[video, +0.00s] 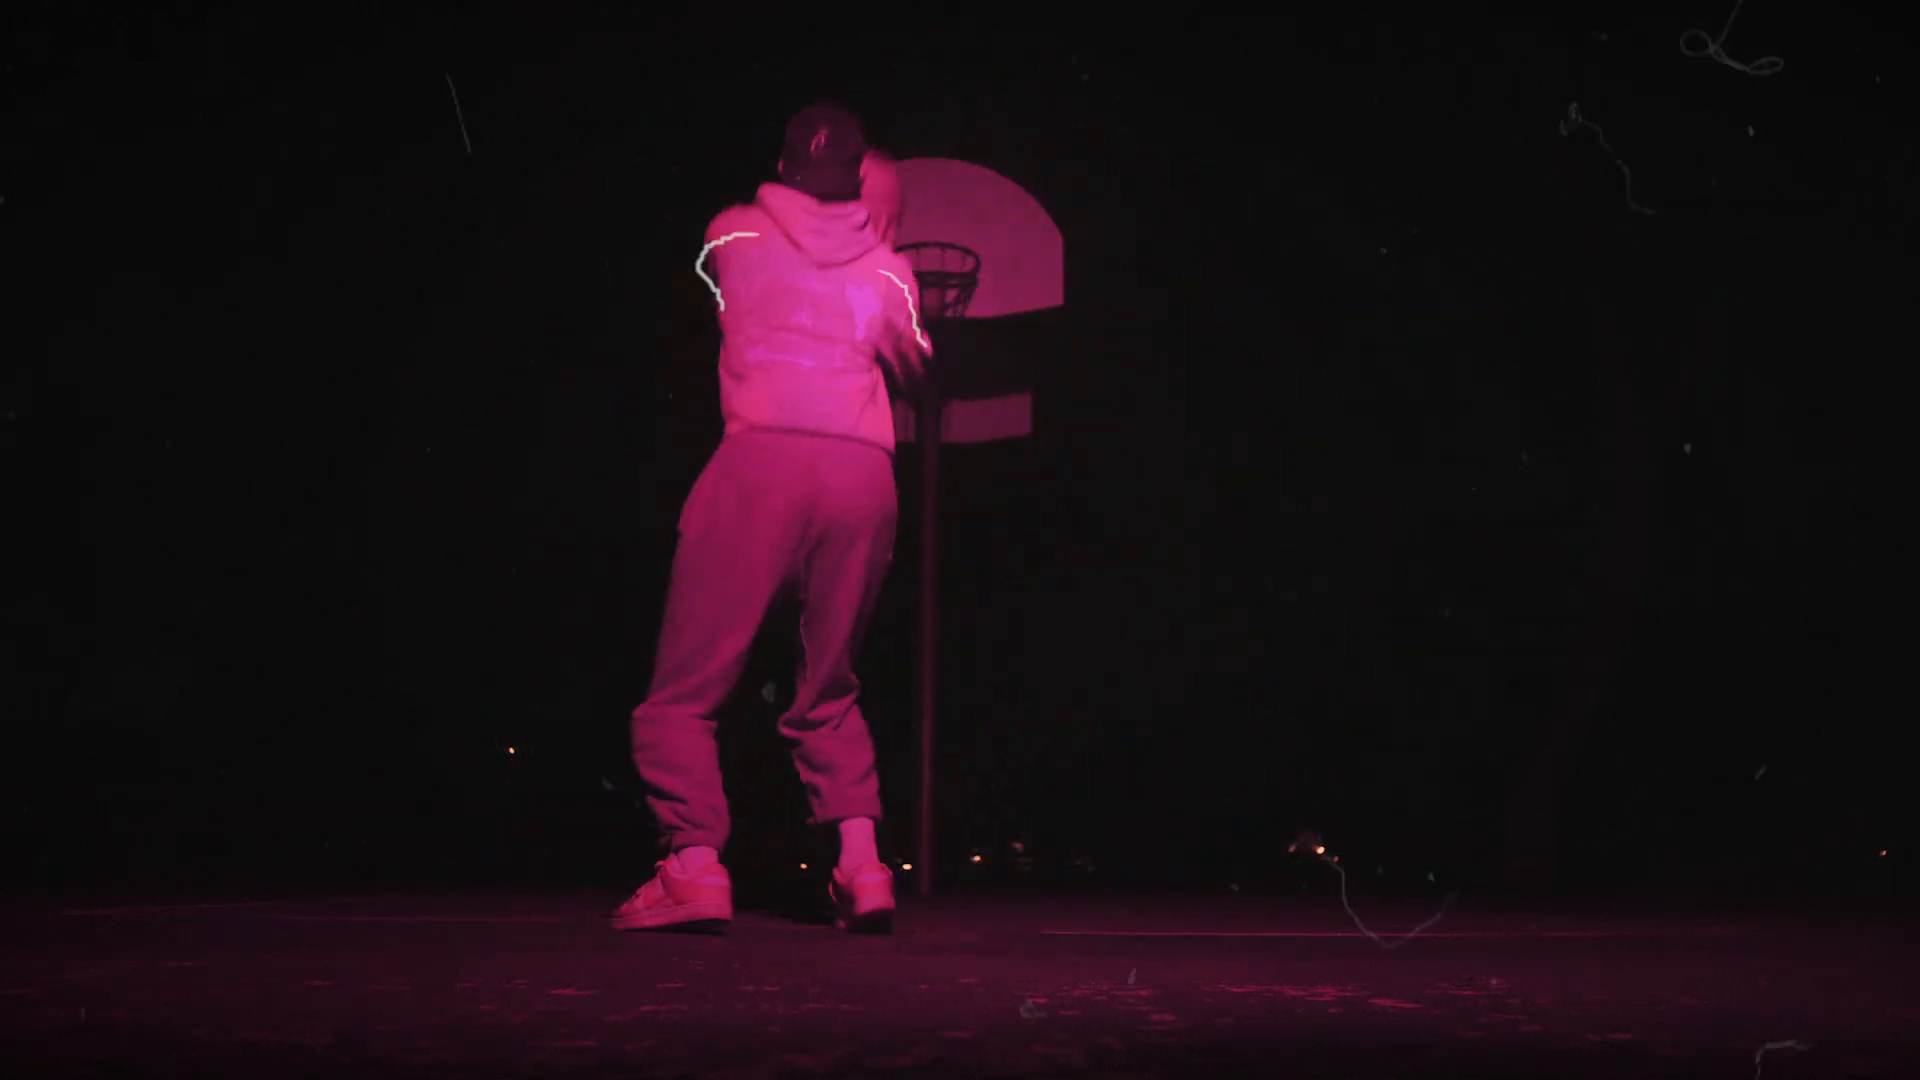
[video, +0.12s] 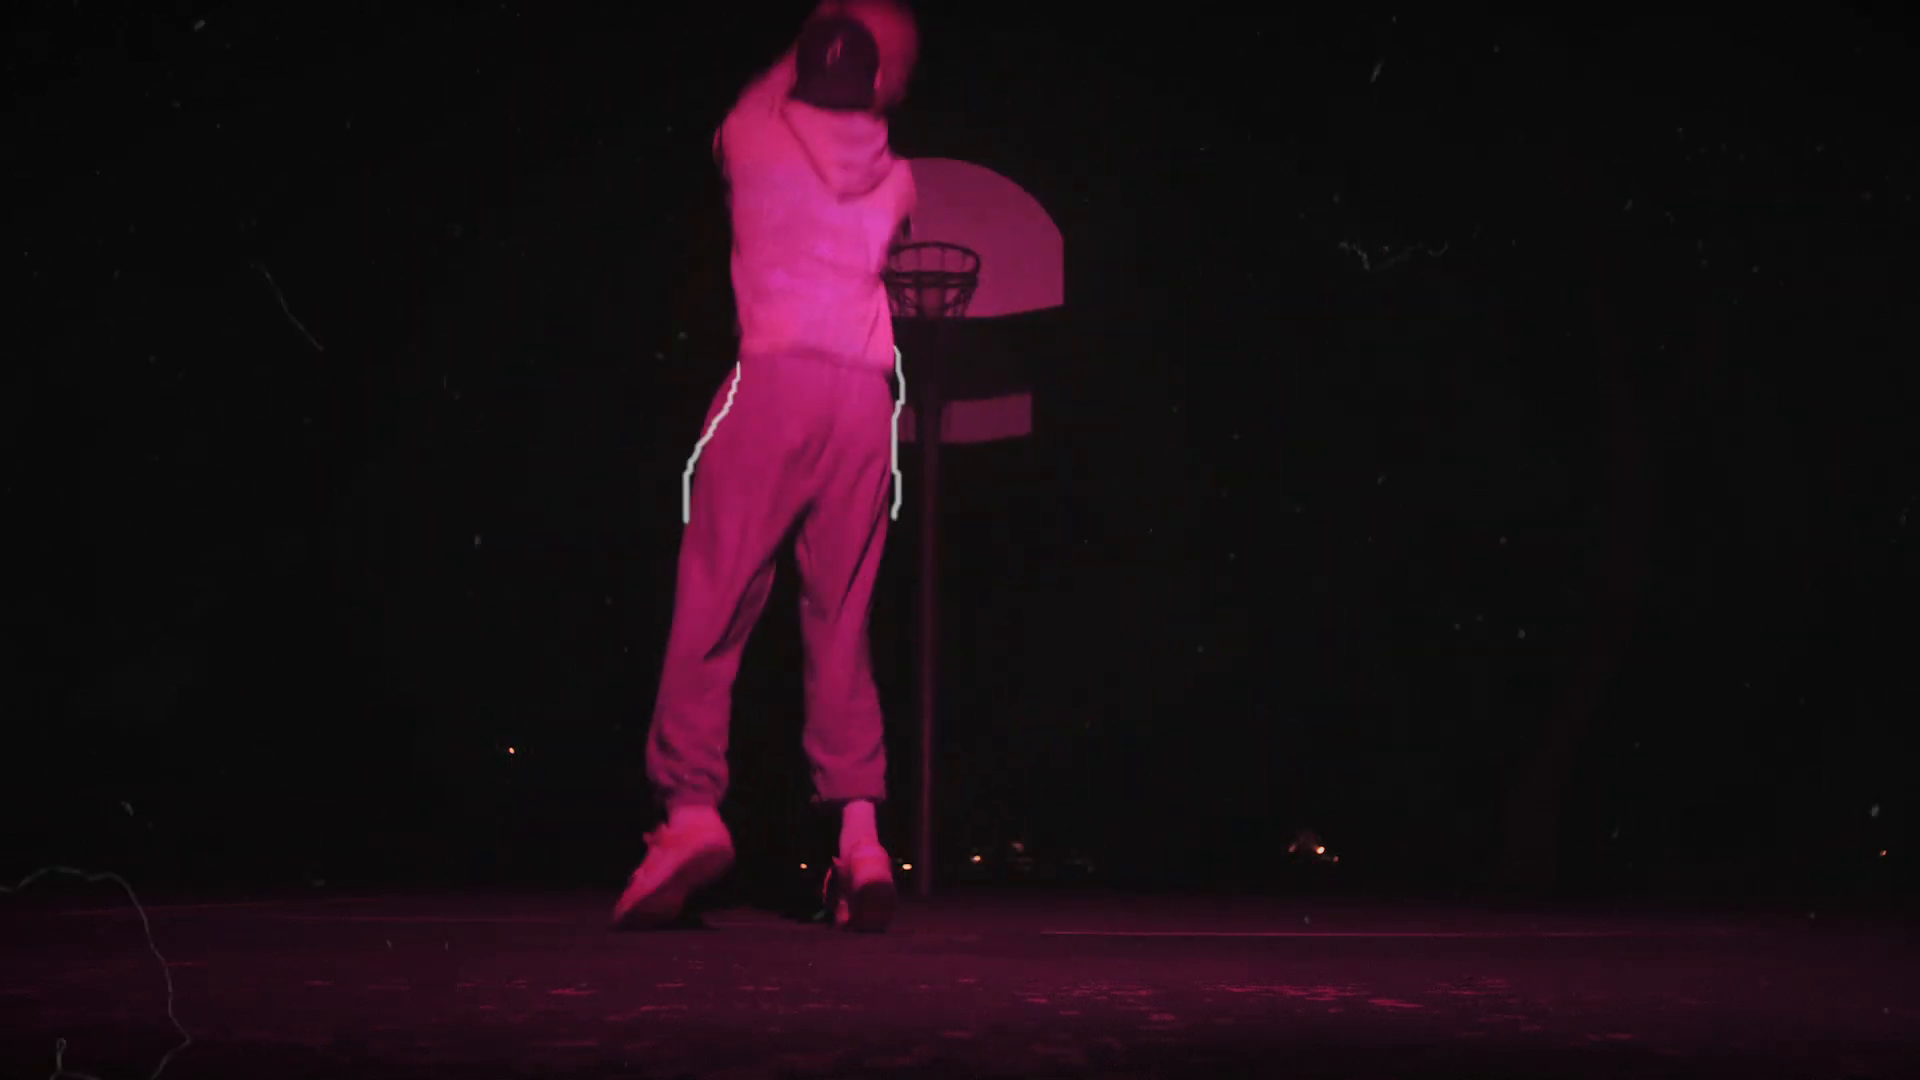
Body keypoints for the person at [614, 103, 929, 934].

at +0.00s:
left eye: (788, 165)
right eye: (858, 181)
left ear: (781, 172)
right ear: (865, 184)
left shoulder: (734, 237)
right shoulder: (889, 269)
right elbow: (912, 362)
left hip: (760, 468)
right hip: (862, 478)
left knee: (681, 695)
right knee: (827, 690)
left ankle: (694, 868)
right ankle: (862, 863)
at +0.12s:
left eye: (819, 52)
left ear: (797, 70)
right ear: (882, 87)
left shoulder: (752, 139)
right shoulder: (895, 178)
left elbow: (773, 89)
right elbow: (877, 250)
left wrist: (814, 40)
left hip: (776, 385)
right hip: (866, 397)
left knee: (712, 608)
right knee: (842, 619)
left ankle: (691, 813)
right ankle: (859, 832)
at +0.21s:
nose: (803, 31)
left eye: (809, 27)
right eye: (846, 33)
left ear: (800, 37)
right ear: (877, 48)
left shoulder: (762, 87)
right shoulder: (890, 118)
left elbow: (774, 33)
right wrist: (856, 16)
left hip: (775, 345)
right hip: (866, 354)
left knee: (721, 566)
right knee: (853, 594)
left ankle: (691, 768)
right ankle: (856, 799)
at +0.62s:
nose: (804, 112)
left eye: (807, 104)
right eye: (827, 106)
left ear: (800, 124)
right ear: (876, 129)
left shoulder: (768, 191)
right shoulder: (901, 189)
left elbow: (715, 156)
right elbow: (920, 114)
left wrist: (769, 77)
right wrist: (933, 39)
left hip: (800, 447)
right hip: (883, 447)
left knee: (748, 654)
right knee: (855, 666)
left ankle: (764, 875)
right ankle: (883, 872)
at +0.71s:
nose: (832, 115)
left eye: (823, 105)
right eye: (854, 110)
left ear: (805, 116)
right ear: (883, 127)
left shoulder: (761, 192)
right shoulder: (908, 185)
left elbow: (689, 254)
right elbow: (948, 120)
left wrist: (736, 178)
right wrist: (980, 48)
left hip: (803, 439)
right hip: (892, 437)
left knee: (766, 635)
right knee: (875, 639)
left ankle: (765, 858)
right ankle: (888, 862)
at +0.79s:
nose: (839, 115)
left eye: (833, 100)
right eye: (863, 108)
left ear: (815, 109)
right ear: (890, 121)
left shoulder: (766, 189)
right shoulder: (916, 183)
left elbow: (695, 289)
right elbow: (964, 124)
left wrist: (736, 245)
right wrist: (1006, 55)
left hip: (806, 429)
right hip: (900, 428)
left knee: (780, 632)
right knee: (890, 632)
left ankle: (765, 856)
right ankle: (901, 856)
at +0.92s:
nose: (891, 151)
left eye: (871, 129)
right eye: (905, 141)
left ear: (841, 130)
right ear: (915, 144)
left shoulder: (784, 212)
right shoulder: (939, 199)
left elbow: (750, 339)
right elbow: (1015, 145)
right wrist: (1079, 79)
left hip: (815, 435)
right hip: (913, 436)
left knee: (798, 638)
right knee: (923, 647)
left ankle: (766, 859)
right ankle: (949, 864)